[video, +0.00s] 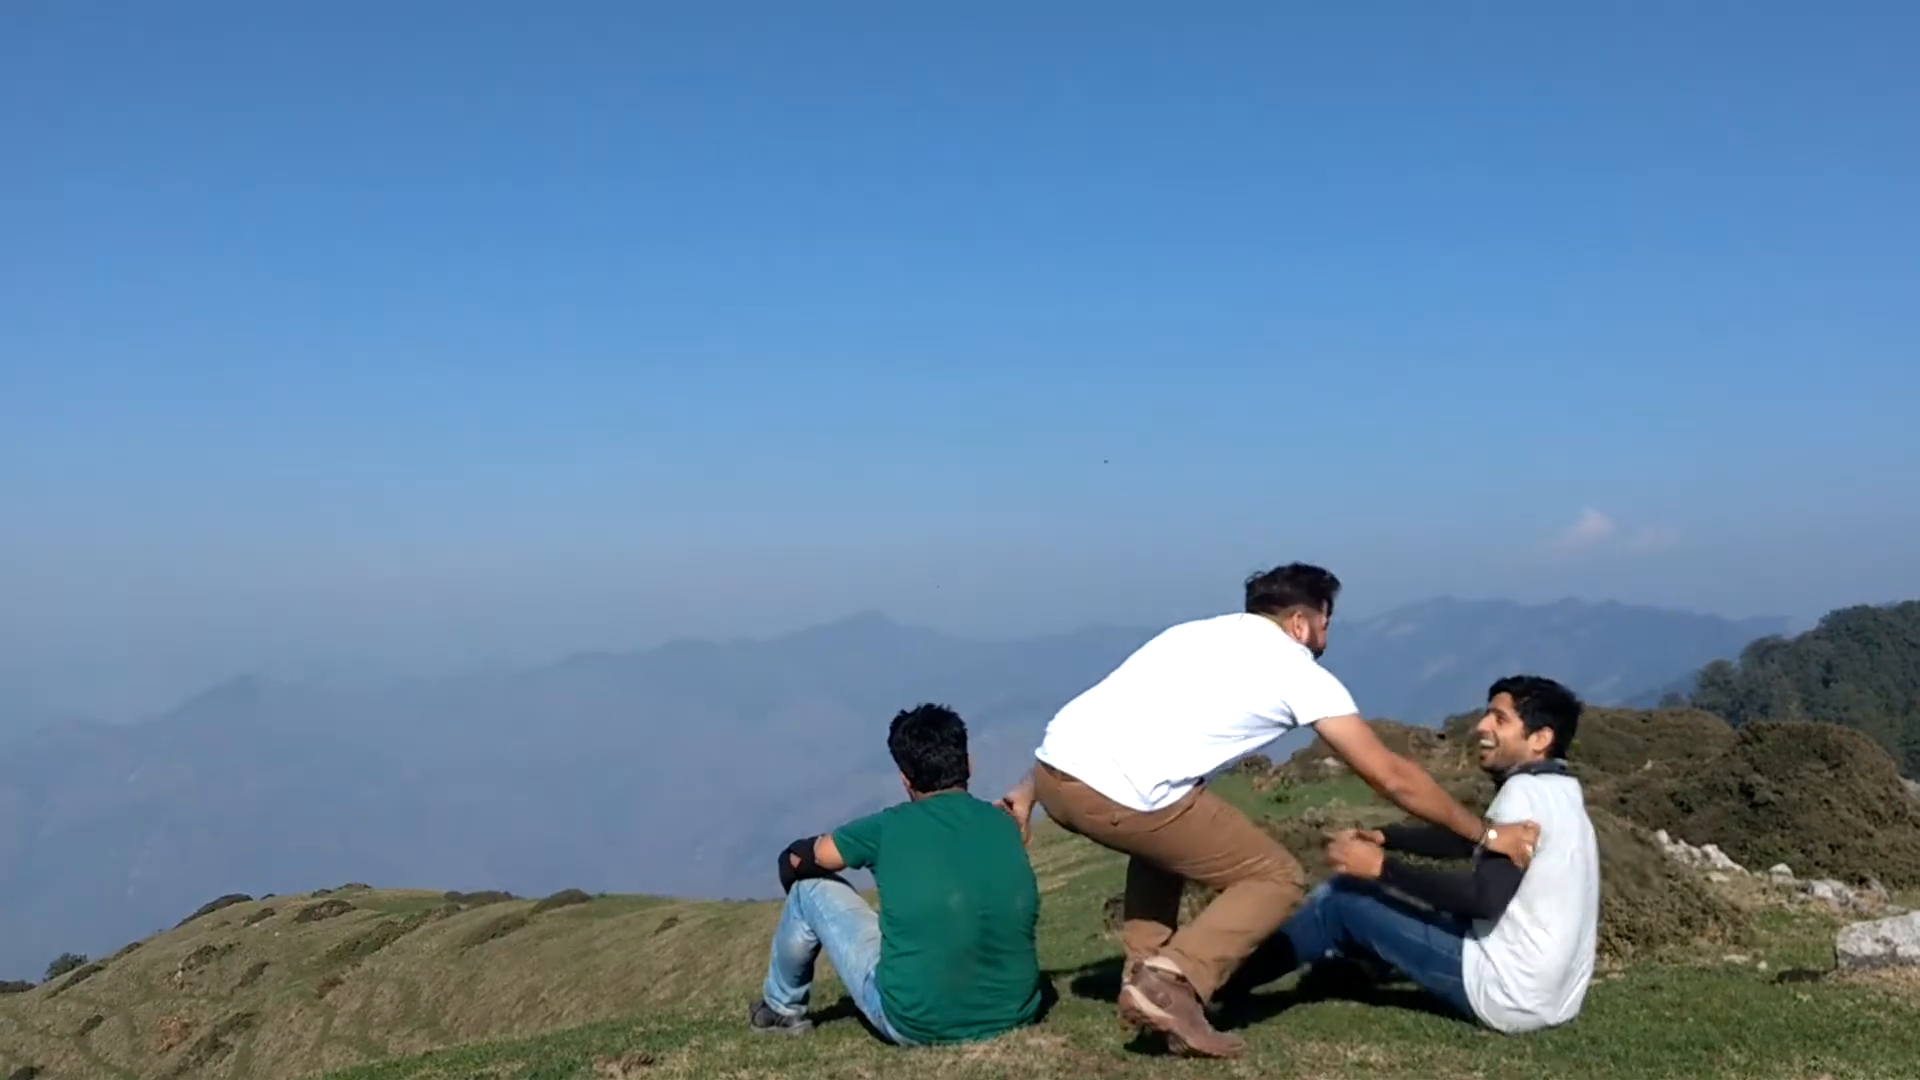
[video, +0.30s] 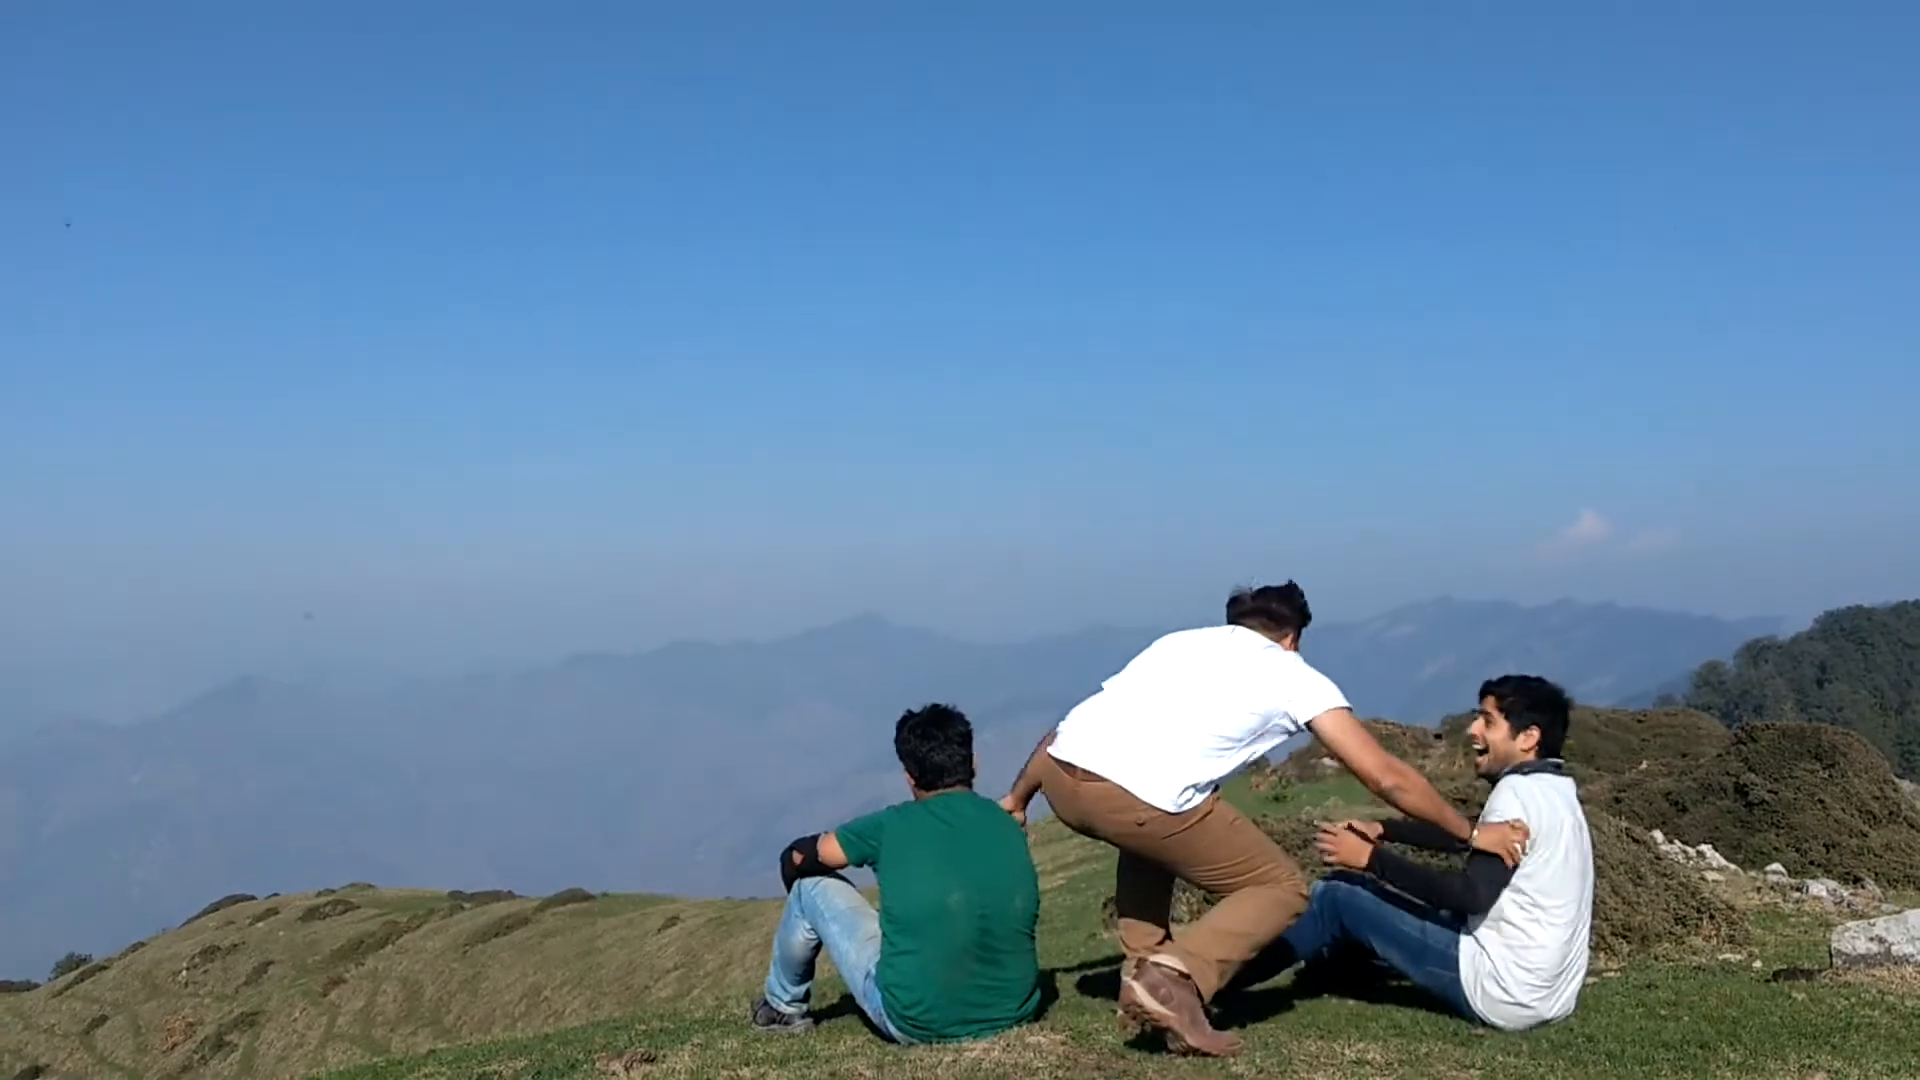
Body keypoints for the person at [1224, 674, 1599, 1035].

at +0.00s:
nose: (1481, 727)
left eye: (1499, 718)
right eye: (1487, 714)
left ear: (1540, 740)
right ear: (1541, 743)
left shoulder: (1524, 793)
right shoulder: (1562, 793)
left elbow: (1485, 900)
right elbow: (1469, 841)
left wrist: (1383, 869)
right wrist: (1384, 837)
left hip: (1505, 993)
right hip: (1549, 990)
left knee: (1338, 902)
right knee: (1370, 879)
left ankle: (1216, 982)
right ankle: (1350, 963)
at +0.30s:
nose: (1473, 731)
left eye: (1488, 721)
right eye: (1478, 718)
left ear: (1529, 738)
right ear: (1532, 740)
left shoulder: (1516, 793)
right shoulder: (1558, 791)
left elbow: (1474, 895)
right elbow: (1468, 839)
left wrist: (1371, 859)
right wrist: (1385, 830)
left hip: (1500, 992)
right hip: (1548, 990)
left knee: (1336, 897)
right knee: (1368, 879)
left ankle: (1211, 982)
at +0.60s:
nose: (1453, 752)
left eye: (1450, 743)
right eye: (1451, 740)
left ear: (1458, 751)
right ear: (1518, 737)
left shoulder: (1486, 801)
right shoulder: (1555, 792)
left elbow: (1489, 908)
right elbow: (1587, 864)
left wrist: (1387, 907)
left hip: (1501, 992)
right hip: (1555, 994)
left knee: (1331, 881)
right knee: (1437, 888)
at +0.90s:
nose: (1440, 740)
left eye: (1454, 727)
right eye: (1443, 726)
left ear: (1497, 741)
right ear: (1500, 743)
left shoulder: (1490, 797)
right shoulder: (1550, 796)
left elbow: (1492, 896)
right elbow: (1609, 890)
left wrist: (1389, 894)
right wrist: (1626, 984)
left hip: (1499, 986)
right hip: (1552, 995)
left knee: (1341, 874)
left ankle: (1208, 972)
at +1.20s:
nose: (1443, 733)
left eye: (1459, 722)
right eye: (1446, 720)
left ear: (1501, 738)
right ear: (1504, 743)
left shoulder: (1495, 797)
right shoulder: (1547, 797)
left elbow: (1510, 889)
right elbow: (1602, 889)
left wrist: (1406, 896)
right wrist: (1622, 979)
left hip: (1498, 990)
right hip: (1549, 994)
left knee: (1336, 878)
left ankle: (1210, 973)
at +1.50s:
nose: (1448, 727)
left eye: (1464, 715)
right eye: (1451, 714)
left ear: (1507, 733)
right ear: (1507, 738)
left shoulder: (1497, 790)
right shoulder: (1543, 784)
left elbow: (1528, 895)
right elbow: (1591, 878)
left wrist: (1508, 1011)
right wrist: (1589, 973)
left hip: (1491, 979)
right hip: (1546, 988)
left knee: (1335, 879)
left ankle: (1211, 975)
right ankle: (1333, 979)